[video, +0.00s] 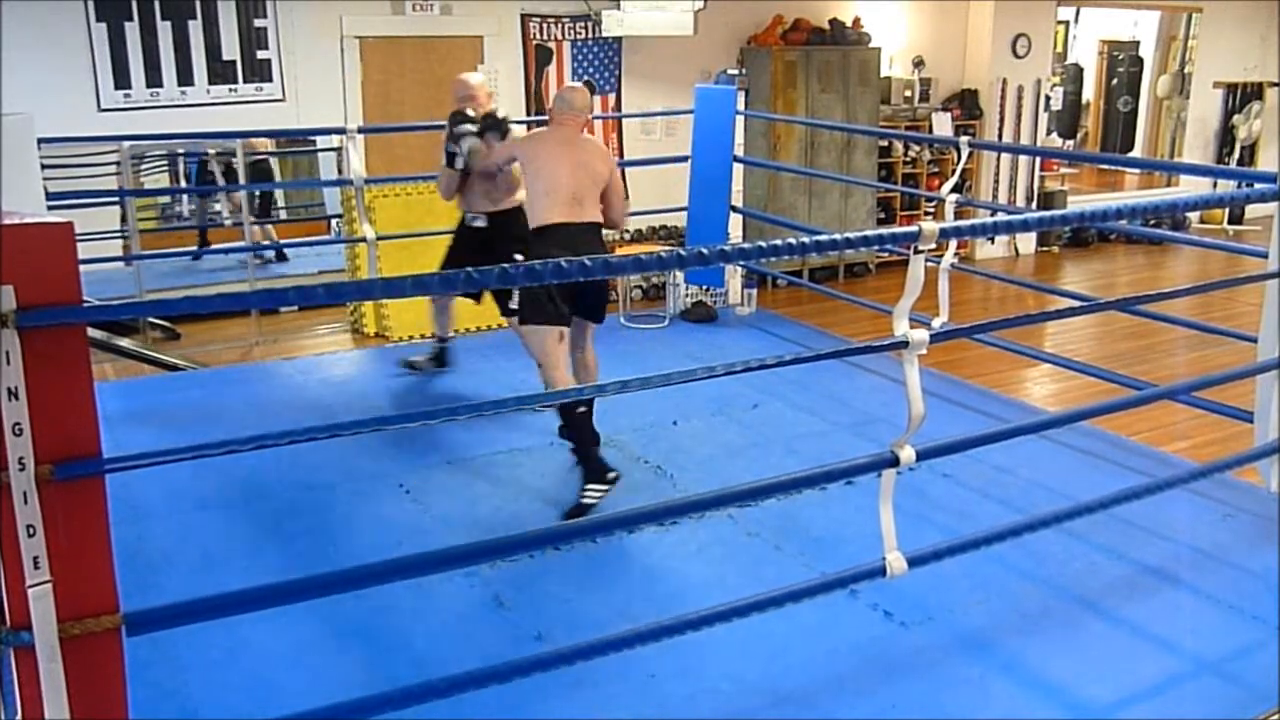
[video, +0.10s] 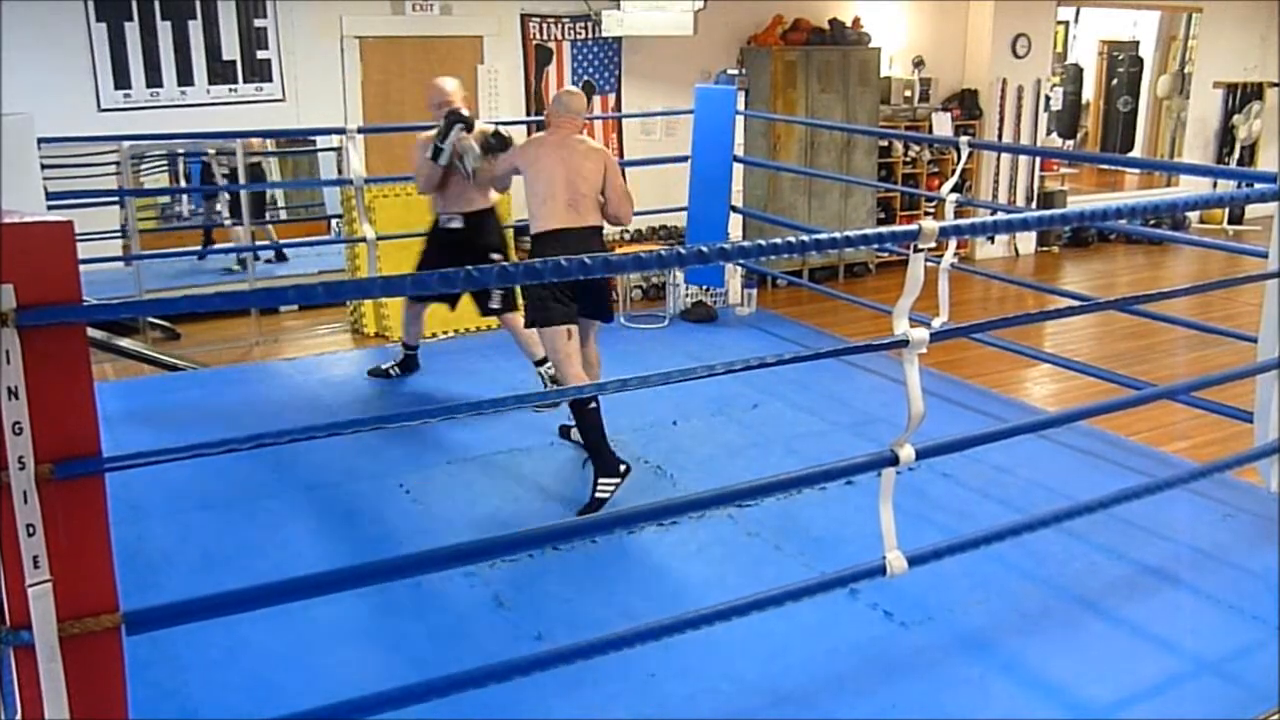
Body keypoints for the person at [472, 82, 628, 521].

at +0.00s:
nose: (555, 113)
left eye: (553, 107)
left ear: (551, 111)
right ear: (586, 117)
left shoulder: (526, 144)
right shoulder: (602, 155)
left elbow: (488, 160)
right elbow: (617, 218)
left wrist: (479, 132)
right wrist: (582, 203)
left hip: (545, 252)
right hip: (592, 251)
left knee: (553, 365)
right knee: (582, 345)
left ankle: (595, 469)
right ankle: (582, 425)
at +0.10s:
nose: (543, 114)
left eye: (546, 109)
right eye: (551, 109)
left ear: (550, 114)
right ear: (583, 119)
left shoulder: (528, 149)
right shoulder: (600, 154)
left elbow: (490, 176)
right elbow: (621, 214)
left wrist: (486, 156)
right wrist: (590, 194)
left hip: (547, 253)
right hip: (592, 251)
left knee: (566, 361)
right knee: (587, 344)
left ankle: (607, 463)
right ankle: (583, 423)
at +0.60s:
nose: (486, 127)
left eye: (486, 118)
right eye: (486, 119)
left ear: (500, 115)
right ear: (521, 106)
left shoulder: (525, 155)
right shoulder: (557, 137)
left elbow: (505, 227)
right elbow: (543, 202)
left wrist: (481, 188)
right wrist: (498, 177)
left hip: (558, 256)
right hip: (579, 246)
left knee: (552, 364)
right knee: (556, 348)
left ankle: (587, 474)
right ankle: (578, 415)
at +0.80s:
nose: (479, 119)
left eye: (480, 111)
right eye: (477, 112)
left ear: (498, 105)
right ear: (510, 101)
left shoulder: (508, 148)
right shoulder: (550, 132)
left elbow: (490, 219)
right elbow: (541, 195)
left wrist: (469, 191)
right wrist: (490, 182)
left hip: (536, 251)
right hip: (559, 242)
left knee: (548, 361)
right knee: (525, 337)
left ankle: (586, 470)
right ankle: (532, 415)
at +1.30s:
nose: (443, 137)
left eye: (443, 128)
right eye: (441, 129)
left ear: (460, 124)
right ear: (476, 120)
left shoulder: (468, 165)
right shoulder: (519, 154)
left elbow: (427, 211)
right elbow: (529, 203)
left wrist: (415, 167)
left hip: (494, 270)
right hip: (513, 261)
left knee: (488, 376)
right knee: (461, 340)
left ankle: (544, 471)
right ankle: (456, 420)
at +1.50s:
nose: (429, 127)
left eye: (430, 119)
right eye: (427, 120)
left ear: (447, 116)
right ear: (460, 109)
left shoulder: (473, 150)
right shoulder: (480, 137)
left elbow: (428, 209)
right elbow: (434, 200)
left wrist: (418, 166)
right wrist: (428, 162)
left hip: (496, 252)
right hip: (479, 249)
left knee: (502, 363)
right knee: (462, 339)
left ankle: (544, 463)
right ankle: (458, 421)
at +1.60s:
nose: (423, 120)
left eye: (425, 113)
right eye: (422, 113)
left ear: (445, 113)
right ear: (456, 108)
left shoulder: (478, 150)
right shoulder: (465, 144)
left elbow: (437, 210)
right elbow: (440, 203)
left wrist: (421, 164)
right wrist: (427, 158)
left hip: (497, 254)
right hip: (471, 250)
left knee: (501, 362)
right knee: (463, 343)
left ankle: (551, 451)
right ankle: (458, 422)